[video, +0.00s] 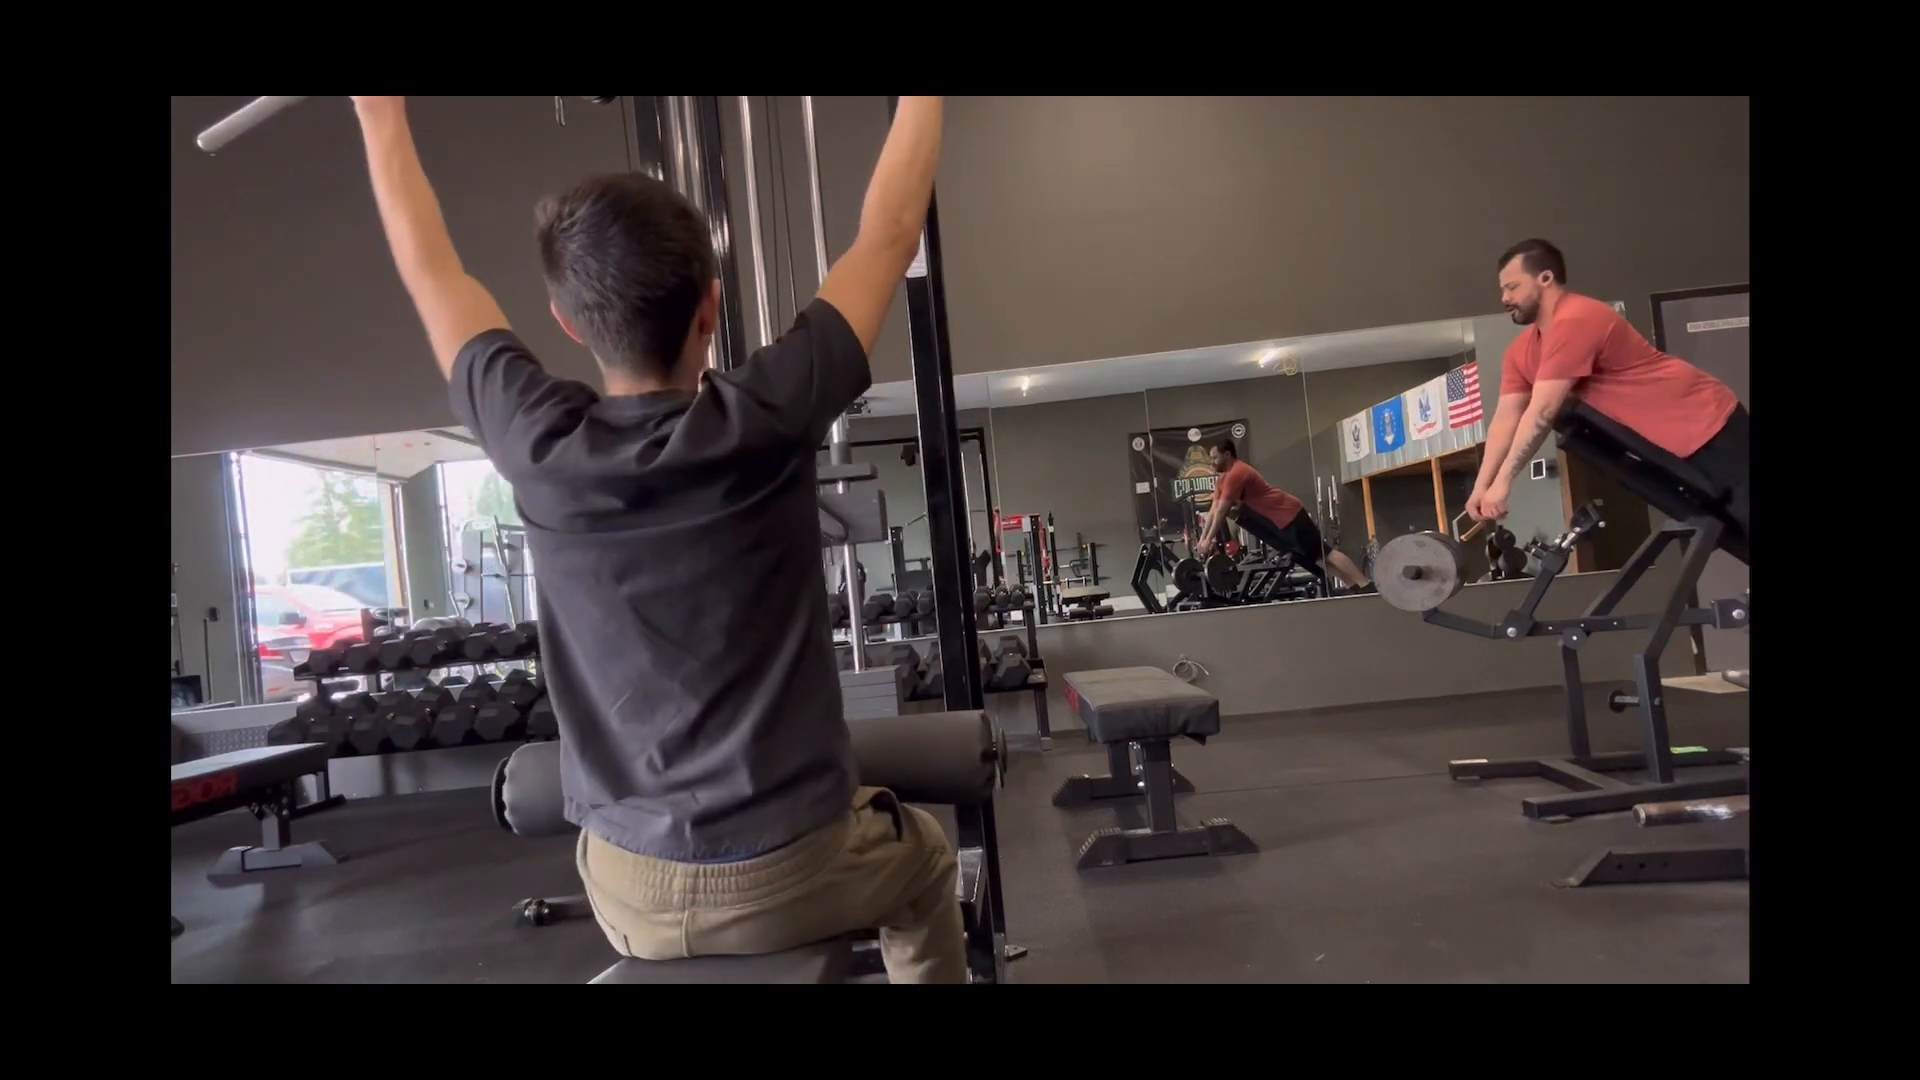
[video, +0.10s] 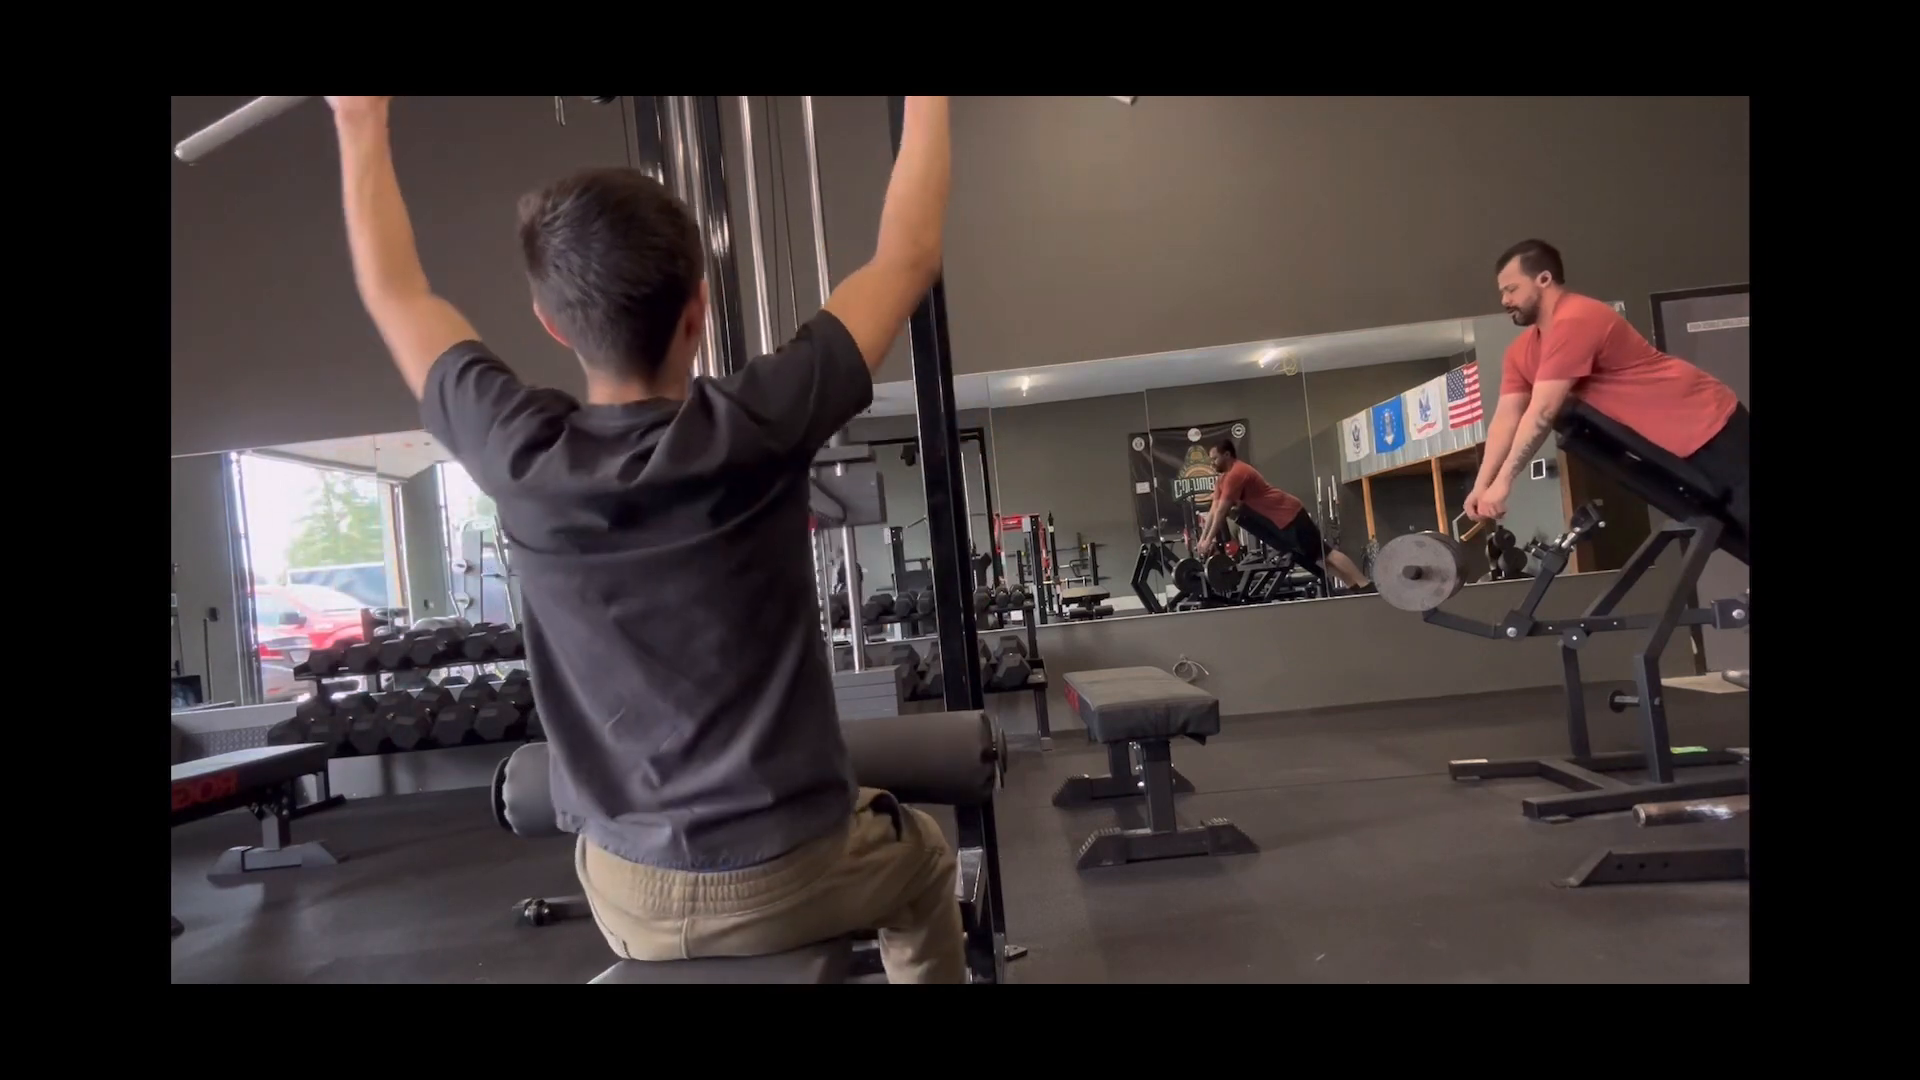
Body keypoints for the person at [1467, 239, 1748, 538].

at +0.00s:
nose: (1504, 299)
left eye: (1511, 287)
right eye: (1502, 291)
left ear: (1545, 279)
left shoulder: (1576, 317)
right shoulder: (1520, 351)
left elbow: (1542, 412)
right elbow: (1505, 416)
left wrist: (1503, 479)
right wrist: (1482, 483)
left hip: (1708, 422)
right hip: (1667, 449)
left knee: (1745, 517)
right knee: (1732, 532)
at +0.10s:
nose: (1504, 301)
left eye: (1510, 289)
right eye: (1501, 294)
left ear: (1544, 280)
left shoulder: (1575, 317)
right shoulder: (1521, 352)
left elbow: (1542, 413)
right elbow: (1505, 416)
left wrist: (1503, 480)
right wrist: (1482, 483)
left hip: (1708, 423)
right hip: (1666, 450)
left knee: (1745, 517)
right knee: (1733, 532)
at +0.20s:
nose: (1503, 302)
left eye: (1510, 290)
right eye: (1501, 294)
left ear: (1543, 281)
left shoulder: (1575, 317)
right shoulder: (1521, 351)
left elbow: (1541, 414)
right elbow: (1505, 417)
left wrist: (1503, 481)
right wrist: (1480, 484)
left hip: (1708, 422)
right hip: (1667, 448)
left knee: (1745, 518)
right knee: (1732, 532)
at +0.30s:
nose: (1503, 304)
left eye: (1509, 292)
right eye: (1499, 296)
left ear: (1542, 282)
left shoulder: (1574, 318)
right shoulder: (1520, 352)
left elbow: (1541, 415)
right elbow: (1504, 417)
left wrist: (1502, 482)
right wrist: (1480, 484)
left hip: (1709, 423)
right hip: (1667, 450)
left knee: (1745, 520)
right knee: (1732, 533)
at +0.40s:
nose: (1500, 307)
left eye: (1506, 295)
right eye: (1497, 299)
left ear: (1538, 283)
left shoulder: (1573, 318)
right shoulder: (1519, 354)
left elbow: (1542, 414)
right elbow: (1504, 420)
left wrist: (1503, 483)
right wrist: (1481, 487)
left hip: (1707, 420)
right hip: (1666, 448)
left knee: (1745, 524)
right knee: (1730, 534)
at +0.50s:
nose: (1498, 309)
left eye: (1503, 297)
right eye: (1494, 301)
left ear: (1535, 285)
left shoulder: (1571, 317)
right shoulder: (1519, 355)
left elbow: (1543, 413)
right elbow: (1506, 421)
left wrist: (1505, 483)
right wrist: (1485, 489)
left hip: (1710, 420)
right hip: (1669, 449)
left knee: (1745, 527)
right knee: (1730, 535)